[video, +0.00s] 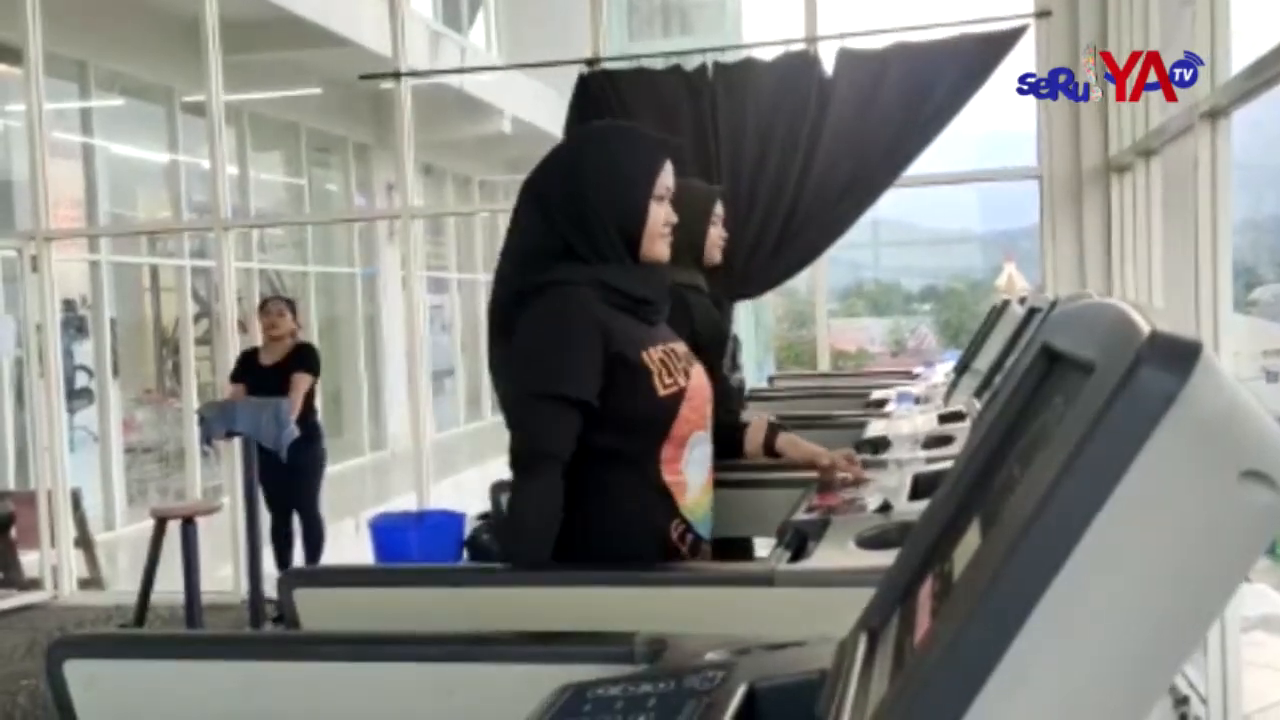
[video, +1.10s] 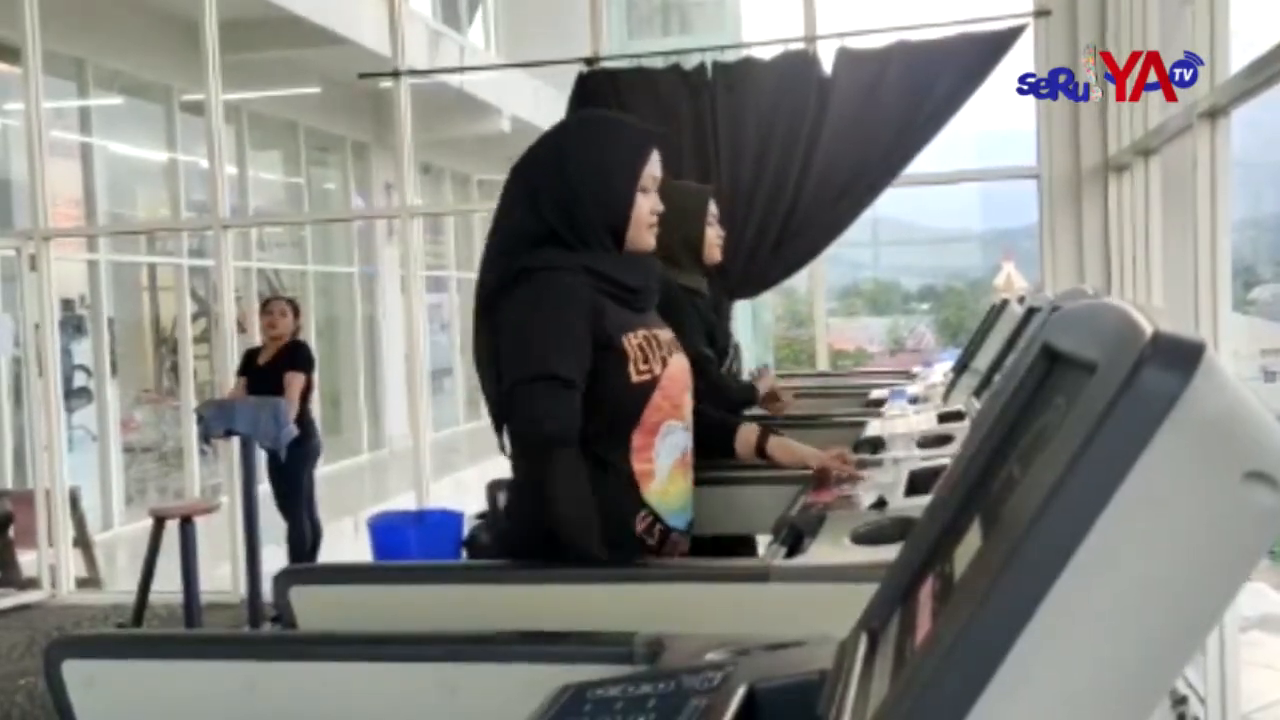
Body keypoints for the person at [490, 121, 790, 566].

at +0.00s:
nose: (674, 216)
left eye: (670, 199)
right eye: (659, 199)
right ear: (613, 202)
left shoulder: (637, 306)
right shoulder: (568, 312)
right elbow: (540, 470)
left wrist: (783, 444)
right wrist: (522, 599)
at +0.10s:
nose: (668, 205)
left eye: (666, 189)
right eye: (656, 188)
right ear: (609, 190)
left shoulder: (632, 289)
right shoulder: (566, 297)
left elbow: (679, 427)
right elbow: (563, 461)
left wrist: (800, 451)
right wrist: (592, 588)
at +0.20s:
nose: (665, 202)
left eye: (662, 187)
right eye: (653, 186)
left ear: (617, 191)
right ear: (605, 188)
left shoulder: (625, 287)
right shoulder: (565, 293)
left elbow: (674, 417)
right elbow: (582, 447)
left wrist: (789, 448)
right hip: (590, 564)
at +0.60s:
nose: (671, 194)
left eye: (669, 178)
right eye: (656, 177)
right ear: (608, 180)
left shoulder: (637, 278)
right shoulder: (560, 280)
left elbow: (670, 415)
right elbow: (551, 434)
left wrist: (778, 443)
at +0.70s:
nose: (670, 195)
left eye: (668, 179)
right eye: (656, 179)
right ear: (608, 181)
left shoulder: (641, 283)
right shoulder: (553, 284)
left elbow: (668, 417)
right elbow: (524, 431)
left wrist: (774, 442)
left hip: (648, 548)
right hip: (579, 559)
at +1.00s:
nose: (665, 211)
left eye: (662, 195)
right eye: (651, 195)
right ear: (603, 198)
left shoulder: (633, 299)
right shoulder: (551, 309)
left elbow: (672, 425)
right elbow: (523, 464)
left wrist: (783, 452)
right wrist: (504, 589)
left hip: (658, 558)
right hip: (587, 572)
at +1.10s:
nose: (658, 207)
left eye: (656, 190)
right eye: (645, 189)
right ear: (597, 190)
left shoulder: (624, 288)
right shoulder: (552, 295)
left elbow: (672, 413)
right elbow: (548, 459)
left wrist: (794, 454)